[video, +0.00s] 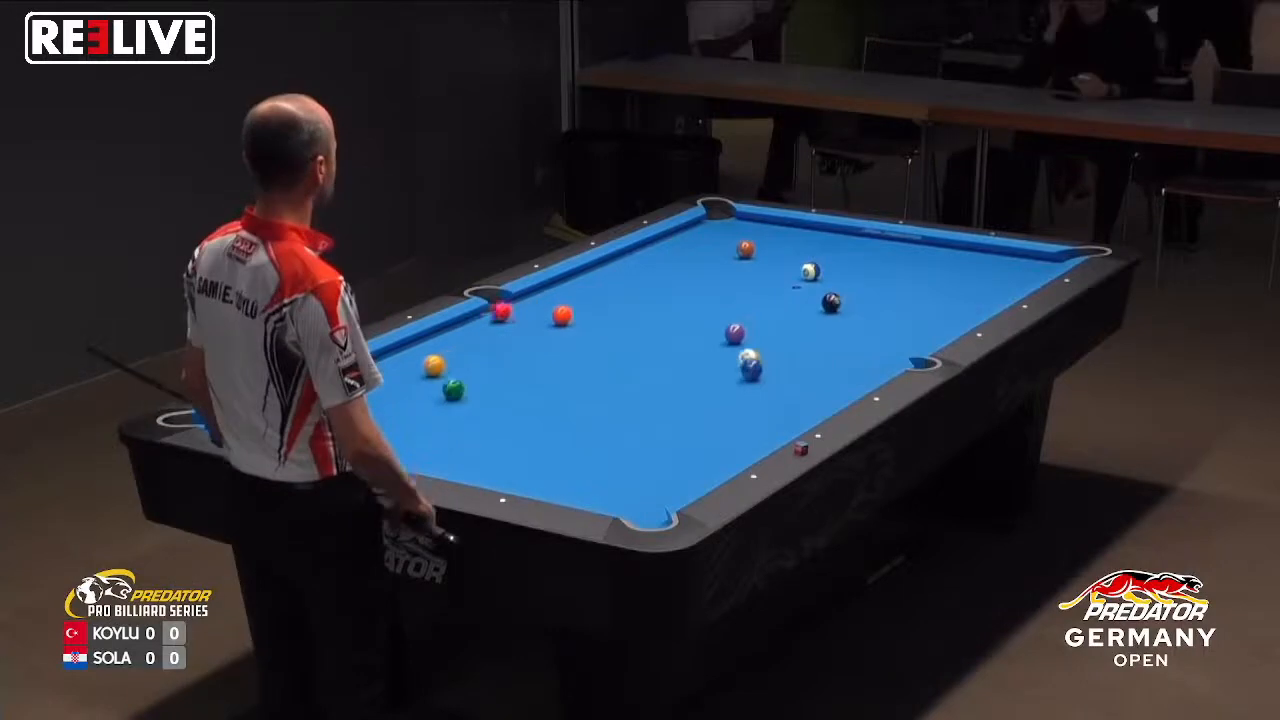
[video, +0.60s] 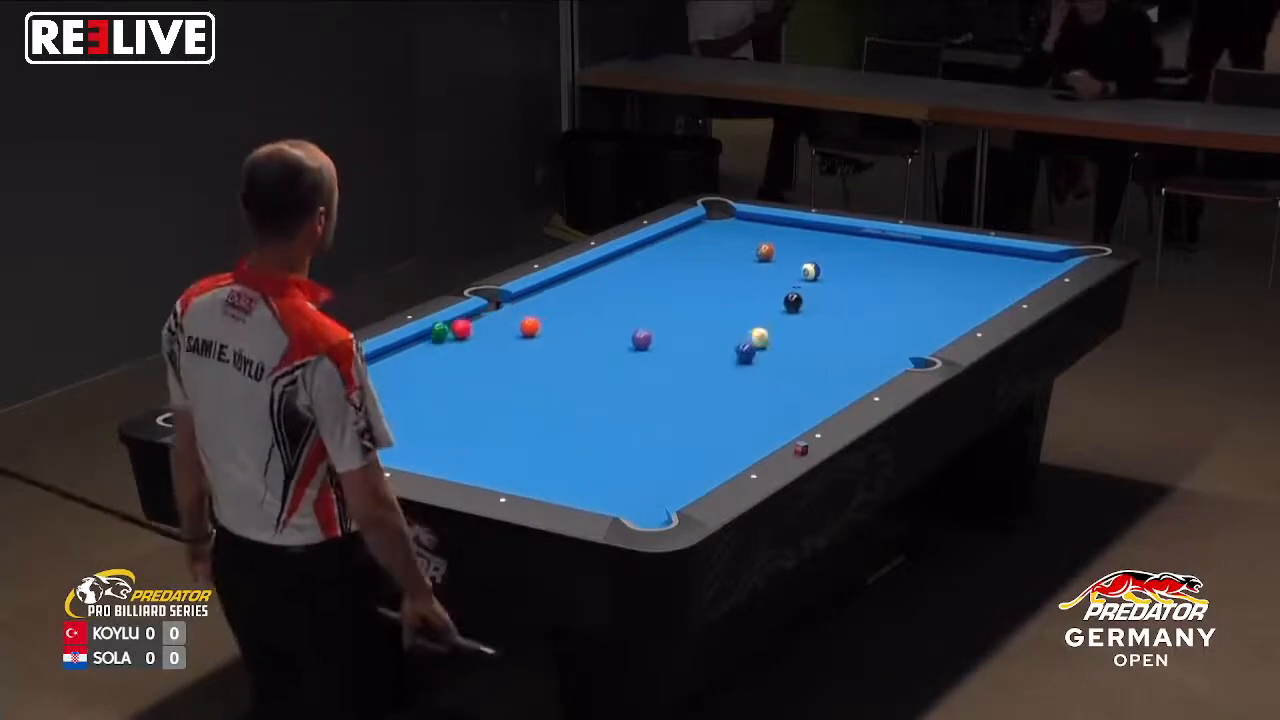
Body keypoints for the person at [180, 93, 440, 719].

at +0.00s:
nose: (335, 165)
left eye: (331, 153)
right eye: (333, 154)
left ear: (251, 163)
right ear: (321, 167)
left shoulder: (208, 255)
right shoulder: (313, 282)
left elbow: (196, 378)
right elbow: (357, 440)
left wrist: (241, 441)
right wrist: (407, 496)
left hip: (247, 497)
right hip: (319, 503)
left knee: (281, 664)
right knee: (348, 662)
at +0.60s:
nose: (336, 221)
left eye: (332, 205)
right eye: (335, 208)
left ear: (246, 208)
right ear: (320, 222)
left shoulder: (190, 309)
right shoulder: (323, 345)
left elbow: (186, 442)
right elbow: (368, 498)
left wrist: (196, 535)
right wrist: (418, 593)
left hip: (237, 564)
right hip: (318, 572)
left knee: (273, 699)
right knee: (351, 700)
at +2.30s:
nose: (279, 211)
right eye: (278, 200)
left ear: (186, 207)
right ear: (270, 212)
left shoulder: (131, 306)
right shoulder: (288, 332)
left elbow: (113, 449)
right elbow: (331, 489)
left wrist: (132, 523)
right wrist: (359, 583)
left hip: (174, 550)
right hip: (270, 556)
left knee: (174, 701)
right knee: (283, 698)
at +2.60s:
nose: (204, 189)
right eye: (204, 177)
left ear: (117, 179)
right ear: (198, 187)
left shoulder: (61, 284)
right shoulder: (233, 301)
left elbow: (33, 429)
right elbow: (274, 447)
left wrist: (63, 465)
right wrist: (290, 533)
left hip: (106, 525)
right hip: (207, 527)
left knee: (131, 695)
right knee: (243, 684)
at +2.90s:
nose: (157, 177)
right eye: (157, 166)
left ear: (74, 168)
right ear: (151, 174)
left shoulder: (21, 271)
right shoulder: (195, 276)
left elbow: (8, 409)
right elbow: (227, 419)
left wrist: (48, 409)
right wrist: (221, 497)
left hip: (72, 514)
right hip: (173, 508)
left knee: (108, 683)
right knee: (193, 674)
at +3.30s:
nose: (128, 171)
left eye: (126, 161)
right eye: (128, 162)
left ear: (49, 161)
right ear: (118, 167)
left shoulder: (8, 249)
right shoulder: (157, 264)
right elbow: (180, 404)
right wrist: (166, 486)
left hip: (30, 482)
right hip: (127, 478)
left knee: (57, 636)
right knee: (117, 633)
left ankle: (85, 711)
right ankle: (107, 713)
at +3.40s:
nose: (124, 161)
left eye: (124, 151)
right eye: (124, 151)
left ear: (46, 148)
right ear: (113, 156)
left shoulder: (7, 228)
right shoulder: (146, 251)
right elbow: (168, 392)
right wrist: (154, 473)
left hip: (20, 464)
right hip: (113, 463)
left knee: (34, 637)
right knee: (109, 627)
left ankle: (59, 713)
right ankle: (102, 712)